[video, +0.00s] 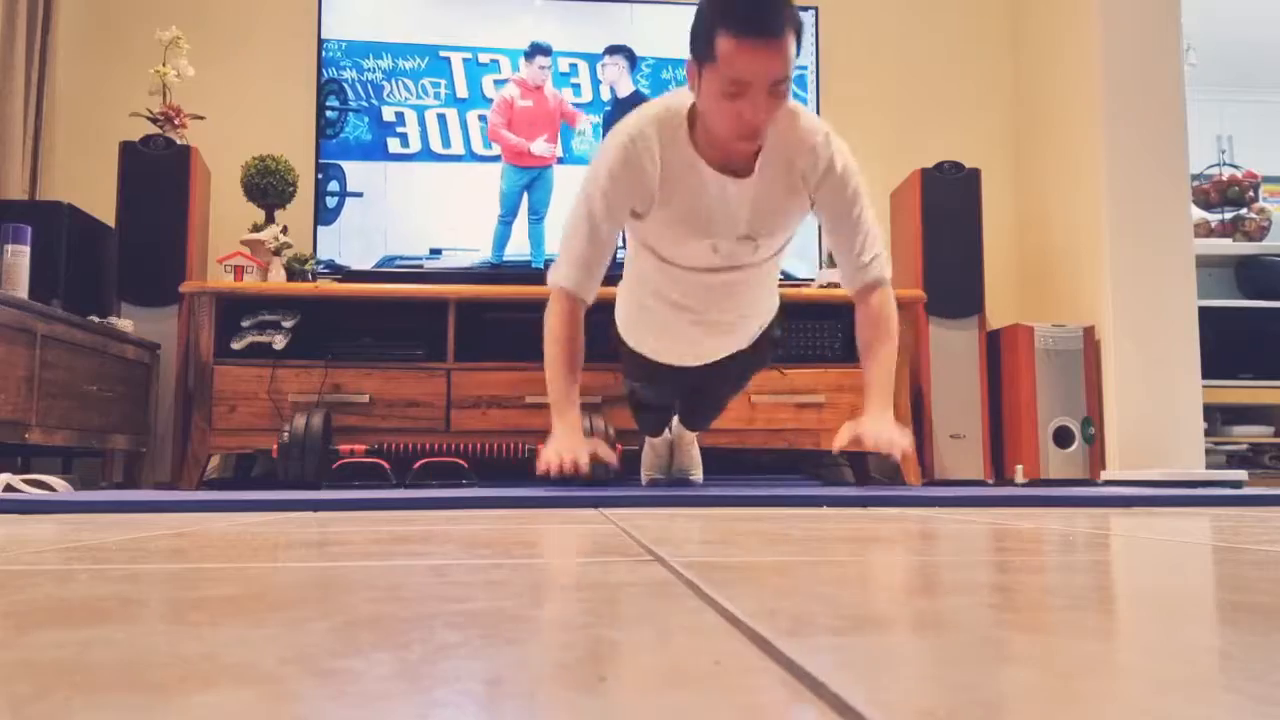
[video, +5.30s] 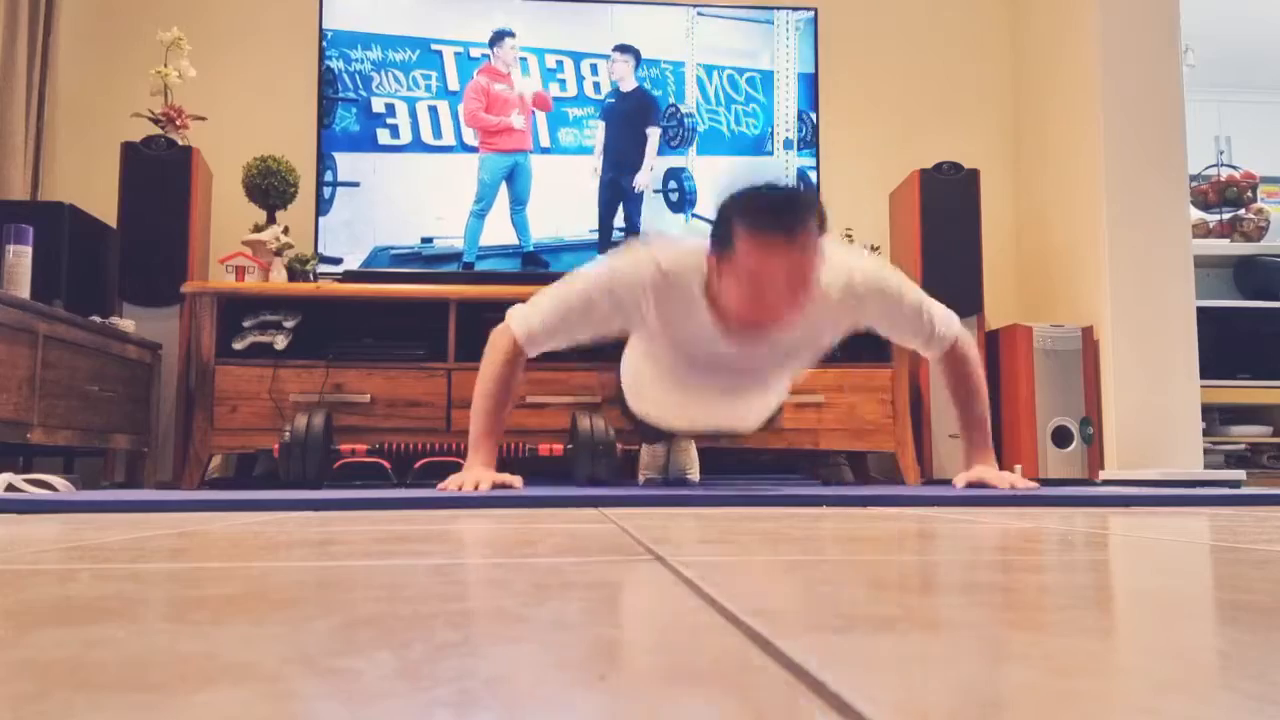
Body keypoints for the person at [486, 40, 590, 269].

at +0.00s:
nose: (546, 73)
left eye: (549, 68)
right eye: (541, 67)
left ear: (551, 67)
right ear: (526, 65)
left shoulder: (553, 95)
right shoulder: (509, 94)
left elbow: (572, 115)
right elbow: (494, 131)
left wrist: (583, 122)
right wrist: (529, 146)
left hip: (544, 168)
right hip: (515, 168)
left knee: (538, 218)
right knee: (506, 217)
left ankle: (538, 265)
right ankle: (496, 262)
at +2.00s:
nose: (535, 58)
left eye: (535, 53)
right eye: (530, 53)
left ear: (532, 55)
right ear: (515, 55)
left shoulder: (537, 83)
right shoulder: (499, 85)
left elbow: (557, 118)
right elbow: (486, 121)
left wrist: (551, 107)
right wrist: (517, 139)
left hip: (539, 156)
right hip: (511, 156)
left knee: (542, 205)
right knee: (506, 206)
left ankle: (536, 256)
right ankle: (499, 255)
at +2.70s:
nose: (526, 51)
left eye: (531, 47)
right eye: (521, 45)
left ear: (535, 52)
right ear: (511, 48)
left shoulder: (538, 82)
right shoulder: (497, 77)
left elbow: (559, 116)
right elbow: (476, 109)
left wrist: (543, 96)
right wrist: (505, 128)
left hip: (531, 156)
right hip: (502, 153)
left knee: (525, 207)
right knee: (484, 206)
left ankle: (525, 257)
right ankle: (464, 260)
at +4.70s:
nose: (519, 53)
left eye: (519, 48)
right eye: (515, 48)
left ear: (505, 50)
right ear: (499, 50)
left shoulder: (518, 79)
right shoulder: (479, 79)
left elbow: (539, 115)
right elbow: (466, 115)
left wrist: (527, 97)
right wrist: (505, 122)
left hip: (520, 155)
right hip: (491, 155)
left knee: (518, 208)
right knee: (478, 209)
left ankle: (527, 255)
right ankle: (465, 262)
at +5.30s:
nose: (517, 53)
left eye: (517, 48)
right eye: (512, 48)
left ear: (509, 51)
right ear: (496, 51)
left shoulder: (519, 80)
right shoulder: (480, 82)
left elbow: (547, 106)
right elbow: (472, 116)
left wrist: (532, 92)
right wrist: (508, 122)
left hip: (521, 154)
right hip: (494, 155)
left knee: (520, 207)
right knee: (480, 208)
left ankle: (528, 252)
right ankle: (468, 260)